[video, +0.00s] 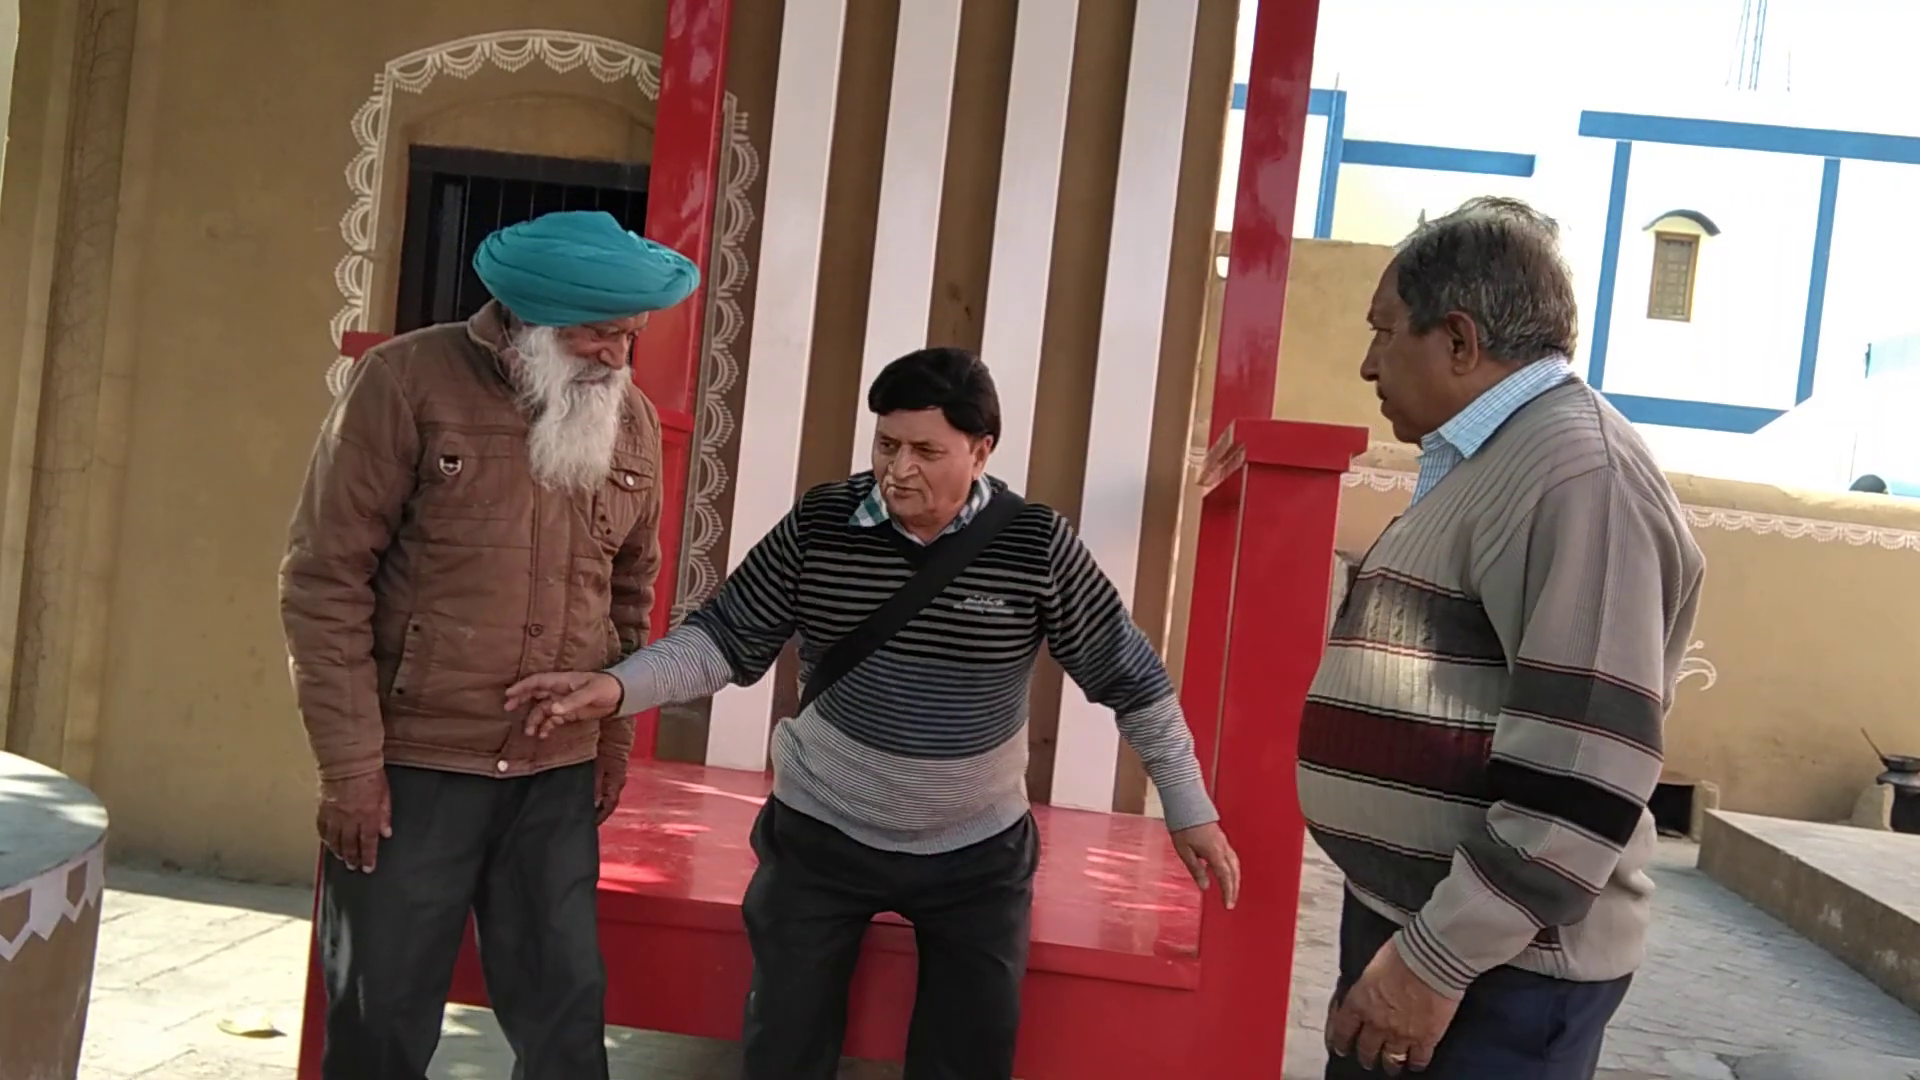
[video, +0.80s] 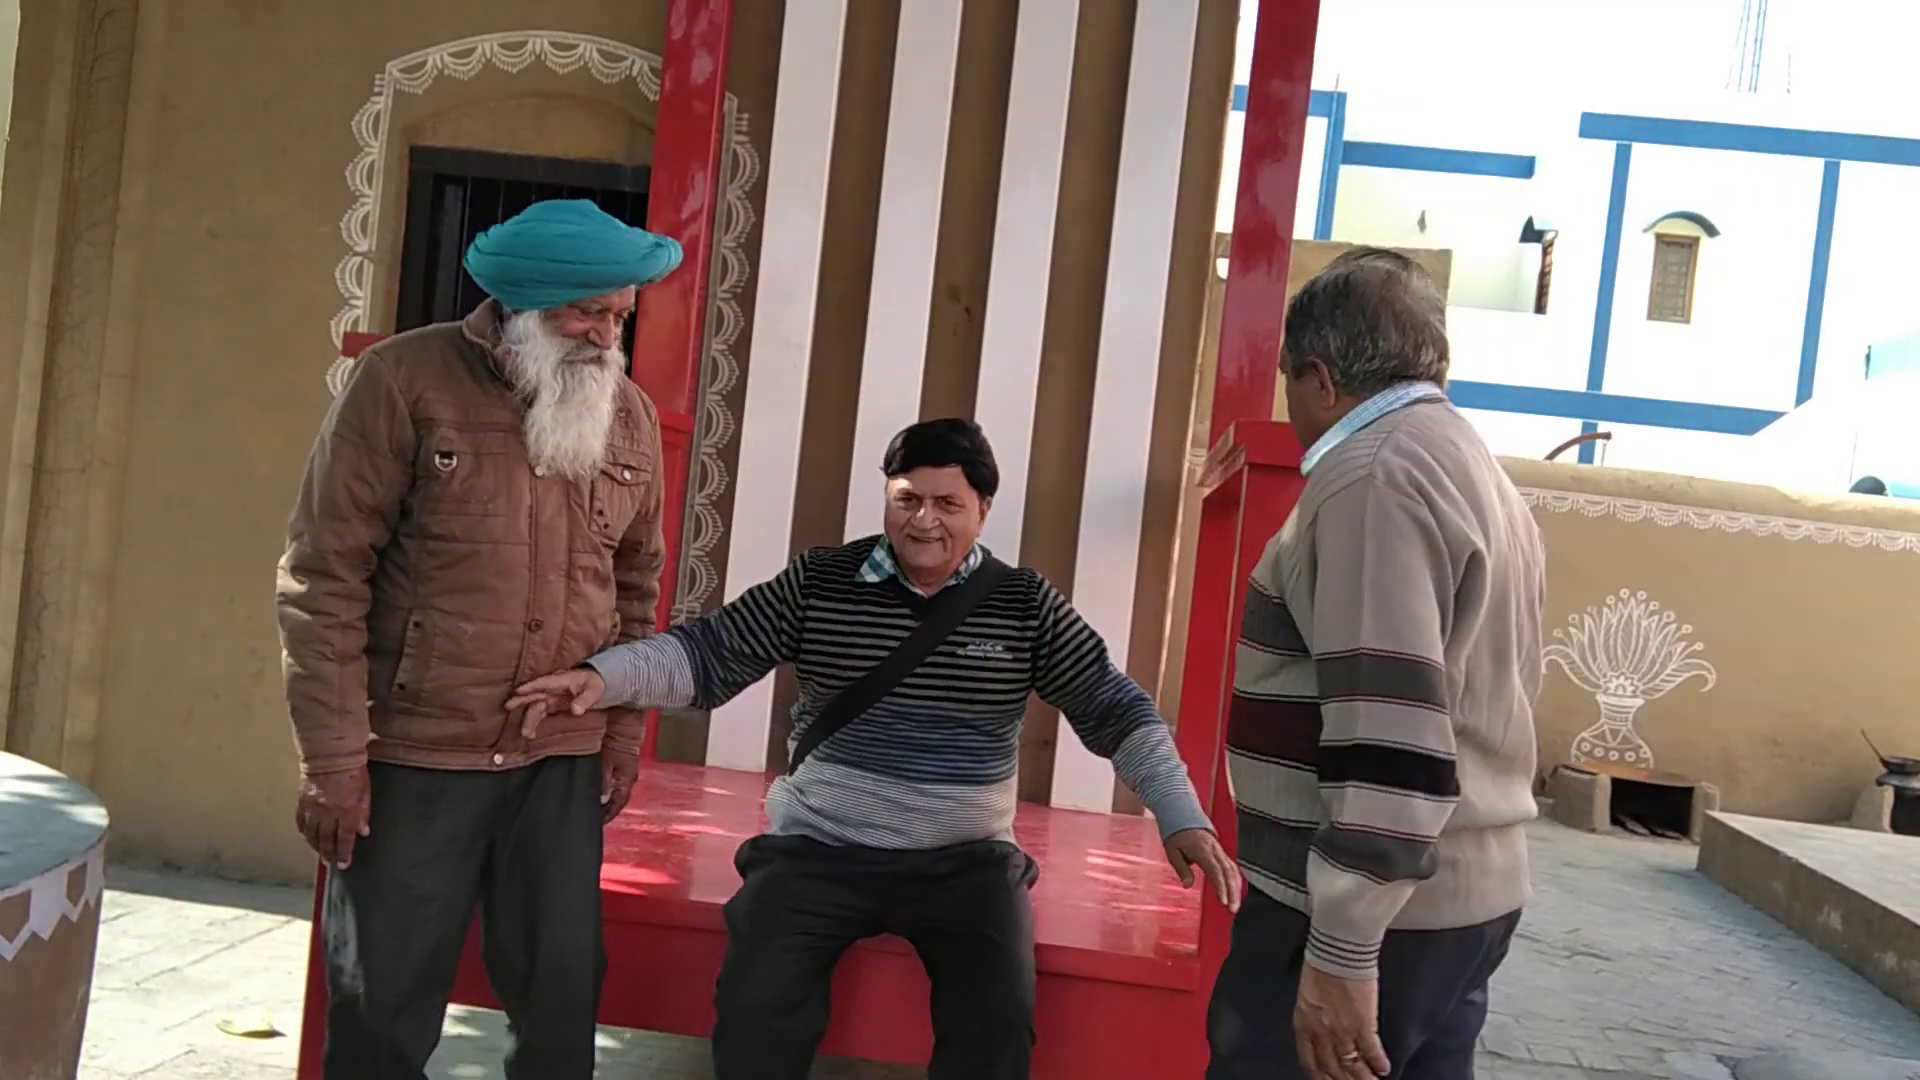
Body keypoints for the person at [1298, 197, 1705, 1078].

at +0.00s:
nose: (1366, 362)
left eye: (1383, 332)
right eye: (1372, 334)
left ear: (1459, 338)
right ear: (1462, 342)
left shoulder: (1585, 479)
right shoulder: (1493, 457)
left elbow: (1582, 786)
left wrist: (1430, 961)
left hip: (1505, 975)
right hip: (1412, 937)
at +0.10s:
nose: (1374, 370)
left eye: (1391, 340)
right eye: (1379, 342)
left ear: (1468, 346)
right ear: (1471, 349)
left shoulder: (1591, 482)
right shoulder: (1498, 464)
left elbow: (1600, 780)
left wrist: (1481, 992)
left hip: (1488, 972)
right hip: (1408, 934)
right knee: (1359, 1067)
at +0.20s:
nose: (1385, 375)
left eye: (1400, 346)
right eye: (1389, 348)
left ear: (1474, 352)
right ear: (1479, 355)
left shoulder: (1590, 486)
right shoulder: (1500, 467)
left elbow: (1609, 784)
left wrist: (1526, 1008)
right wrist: (1272, 528)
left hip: (1474, 965)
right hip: (1402, 933)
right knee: (1351, 1064)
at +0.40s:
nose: (1380, 383)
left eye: (1392, 355)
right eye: (1383, 357)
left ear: (1456, 357)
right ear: (1458, 360)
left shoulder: (1569, 474)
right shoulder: (1482, 468)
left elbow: (1598, 753)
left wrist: (1528, 981)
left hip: (1454, 941)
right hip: (1391, 915)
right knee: (1339, 1062)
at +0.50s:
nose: (1358, 388)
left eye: (1367, 359)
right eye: (1360, 361)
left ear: (1425, 358)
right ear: (1427, 361)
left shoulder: (1536, 465)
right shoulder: (1465, 464)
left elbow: (1574, 739)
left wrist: (1491, 949)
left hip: (1449, 930)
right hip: (1394, 908)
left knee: (1293, 1061)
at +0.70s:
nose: (1310, 401)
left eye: (1311, 376)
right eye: (1307, 377)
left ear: (1354, 373)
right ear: (1446, 356)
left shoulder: (1432, 470)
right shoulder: (1471, 448)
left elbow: (1466, 734)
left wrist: (1410, 948)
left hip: (1383, 917)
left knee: (1267, 1062)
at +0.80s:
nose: (1285, 404)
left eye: (1286, 378)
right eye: (1285, 379)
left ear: (1321, 376)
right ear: (1420, 363)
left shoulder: (1377, 480)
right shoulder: (1468, 461)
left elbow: (1394, 749)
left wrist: (1341, 954)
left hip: (1350, 924)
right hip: (1452, 912)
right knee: (1426, 1068)